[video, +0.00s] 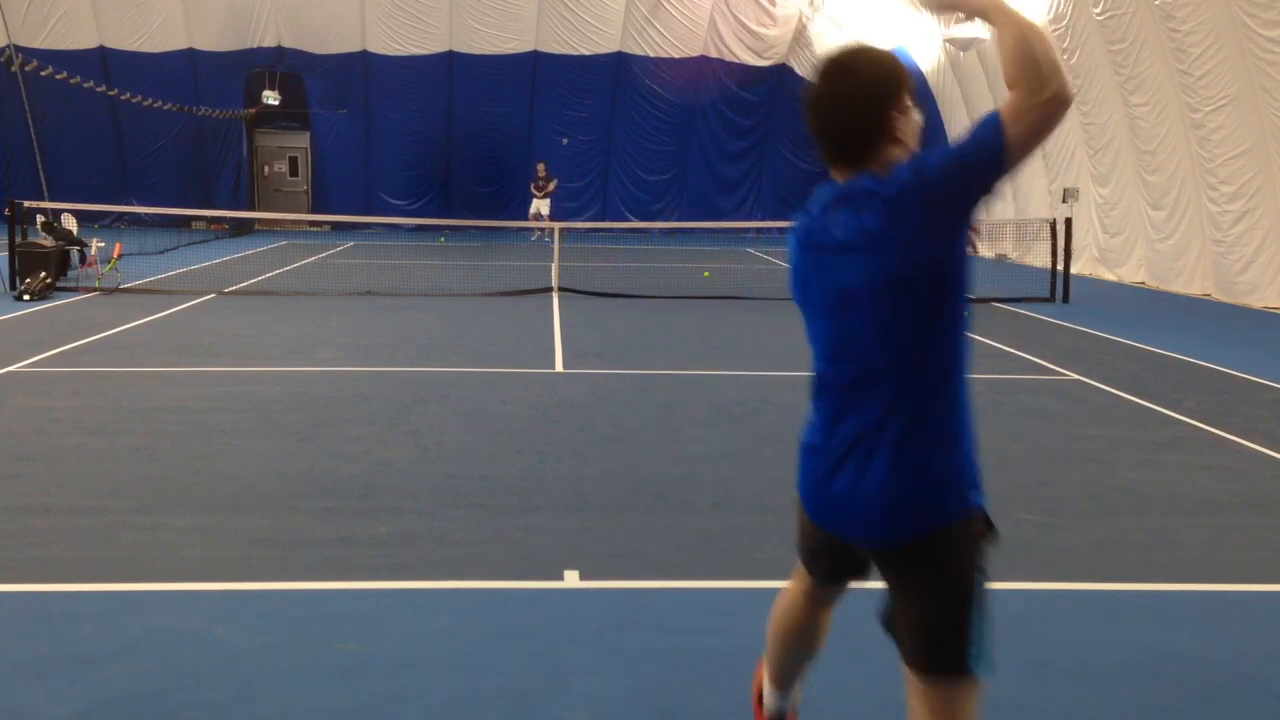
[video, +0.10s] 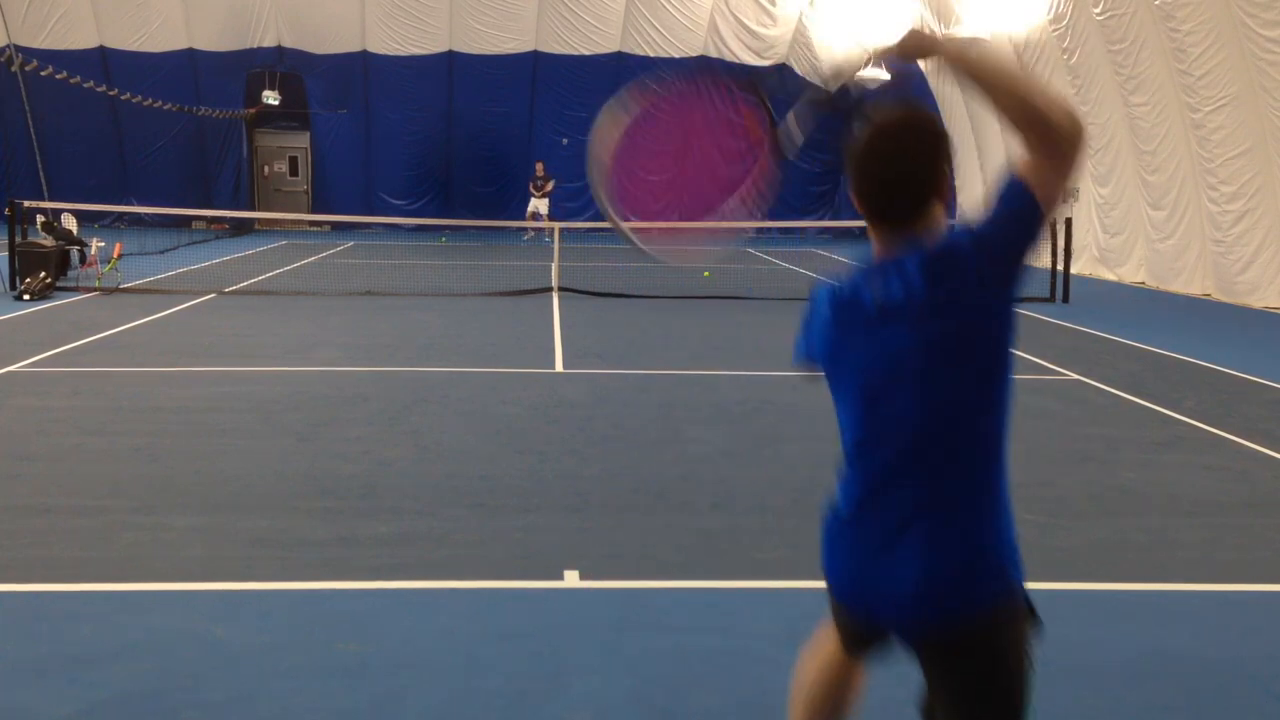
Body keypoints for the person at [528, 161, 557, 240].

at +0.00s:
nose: (540, 168)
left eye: (541, 166)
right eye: (539, 166)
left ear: (544, 167)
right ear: (537, 168)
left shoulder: (549, 177)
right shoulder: (535, 177)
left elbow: (551, 187)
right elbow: (532, 188)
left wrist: (544, 192)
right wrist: (537, 193)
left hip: (545, 199)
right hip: (536, 199)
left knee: (545, 216)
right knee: (531, 216)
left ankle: (547, 235)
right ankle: (537, 231)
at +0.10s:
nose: (538, 167)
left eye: (540, 166)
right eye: (537, 166)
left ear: (543, 167)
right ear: (535, 167)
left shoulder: (547, 177)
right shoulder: (533, 177)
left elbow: (549, 187)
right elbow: (530, 187)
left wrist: (542, 192)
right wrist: (535, 193)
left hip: (543, 199)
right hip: (534, 198)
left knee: (544, 216)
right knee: (528, 215)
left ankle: (547, 234)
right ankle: (530, 231)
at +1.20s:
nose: (572, 182)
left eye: (572, 180)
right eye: (571, 180)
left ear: (566, 179)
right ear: (567, 179)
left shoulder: (560, 187)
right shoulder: (565, 188)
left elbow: (564, 196)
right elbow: (567, 197)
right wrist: (572, 199)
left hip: (550, 205)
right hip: (554, 206)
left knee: (556, 220)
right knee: (566, 218)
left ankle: (551, 235)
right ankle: (563, 236)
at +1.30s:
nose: (572, 181)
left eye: (572, 179)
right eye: (571, 179)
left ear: (570, 179)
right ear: (567, 178)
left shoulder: (562, 184)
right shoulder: (564, 184)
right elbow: (569, 196)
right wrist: (576, 205)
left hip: (554, 204)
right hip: (555, 204)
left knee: (560, 220)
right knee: (566, 217)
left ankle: (551, 235)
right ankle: (563, 236)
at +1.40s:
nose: (572, 178)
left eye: (573, 177)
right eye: (572, 176)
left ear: (572, 177)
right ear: (568, 174)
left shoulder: (569, 183)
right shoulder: (561, 180)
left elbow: (579, 186)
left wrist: (587, 187)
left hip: (563, 203)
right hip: (556, 201)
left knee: (563, 219)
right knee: (565, 217)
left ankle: (553, 232)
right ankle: (563, 236)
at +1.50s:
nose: (572, 174)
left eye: (572, 173)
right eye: (571, 172)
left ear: (572, 173)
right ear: (568, 171)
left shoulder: (567, 180)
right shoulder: (561, 175)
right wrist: (549, 159)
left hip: (564, 200)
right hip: (558, 199)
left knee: (565, 218)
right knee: (564, 216)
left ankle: (554, 231)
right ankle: (562, 235)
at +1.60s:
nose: (570, 172)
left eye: (571, 170)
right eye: (569, 170)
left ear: (571, 171)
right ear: (566, 168)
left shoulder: (568, 180)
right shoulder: (559, 174)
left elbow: (568, 191)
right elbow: (551, 165)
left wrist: (569, 199)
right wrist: (545, 156)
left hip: (564, 198)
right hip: (557, 197)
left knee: (565, 215)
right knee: (563, 214)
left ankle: (557, 233)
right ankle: (563, 235)